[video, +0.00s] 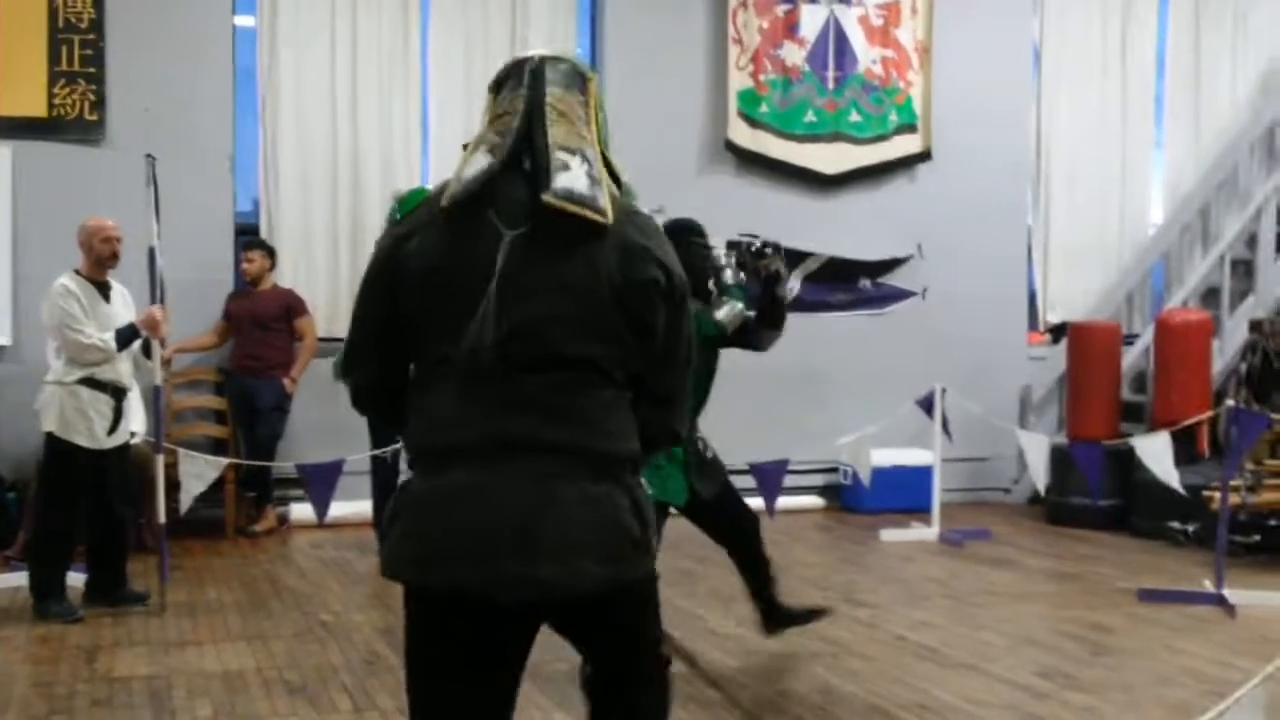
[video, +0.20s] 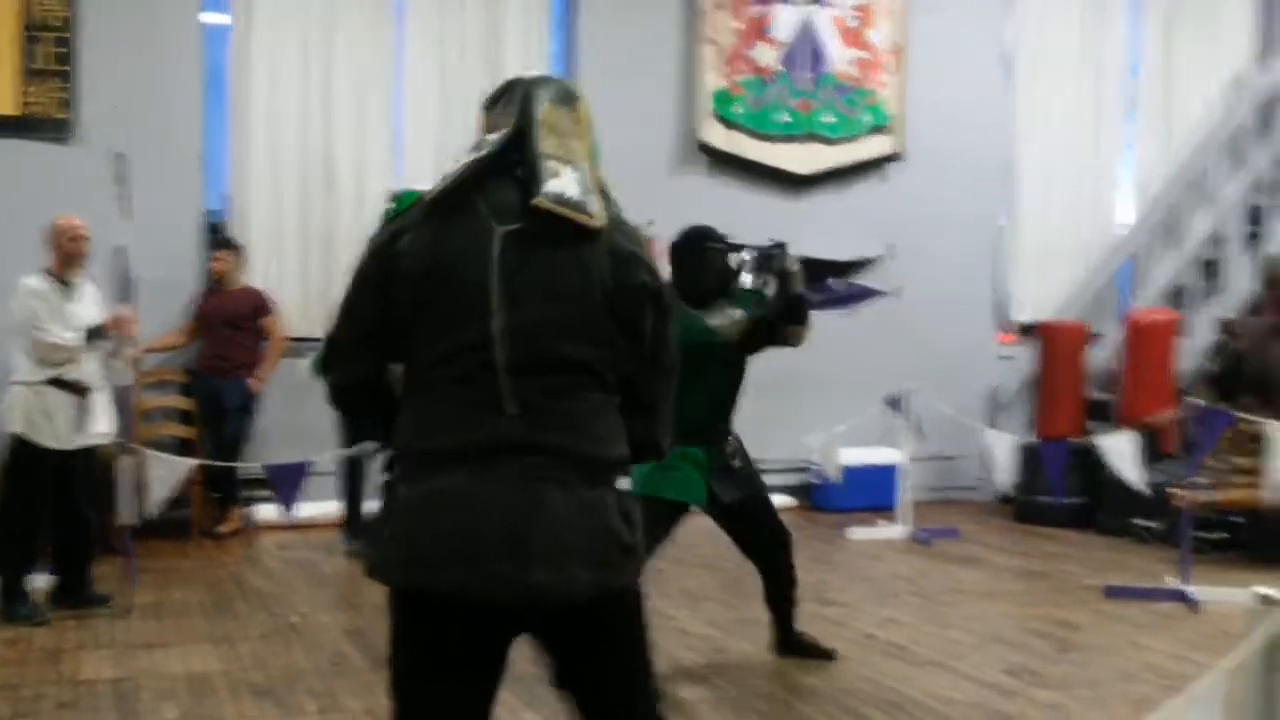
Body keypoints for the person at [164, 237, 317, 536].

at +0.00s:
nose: (245, 266)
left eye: (251, 261)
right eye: (243, 261)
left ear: (269, 263)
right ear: (242, 265)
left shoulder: (287, 299)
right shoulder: (236, 299)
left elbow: (310, 339)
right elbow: (217, 337)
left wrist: (293, 377)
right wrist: (176, 348)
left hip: (273, 382)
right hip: (239, 380)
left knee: (263, 446)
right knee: (248, 446)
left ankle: (265, 510)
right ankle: (263, 510)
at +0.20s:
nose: (216, 265)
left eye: (222, 260)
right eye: (214, 259)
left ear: (237, 263)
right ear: (211, 264)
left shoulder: (254, 299)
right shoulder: (208, 299)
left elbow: (277, 338)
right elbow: (186, 335)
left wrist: (260, 377)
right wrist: (145, 349)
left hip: (238, 381)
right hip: (206, 379)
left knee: (228, 445)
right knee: (211, 446)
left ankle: (231, 510)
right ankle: (218, 509)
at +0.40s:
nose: (176, 268)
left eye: (182, 262)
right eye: (174, 263)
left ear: (201, 266)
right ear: (172, 267)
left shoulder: (219, 300)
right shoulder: (168, 301)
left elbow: (242, 340)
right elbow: (148, 338)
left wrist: (225, 380)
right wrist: (107, 351)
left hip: (204, 384)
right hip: (170, 383)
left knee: (193, 449)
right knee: (175, 449)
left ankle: (196, 513)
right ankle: (186, 512)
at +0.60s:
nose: (143, 267)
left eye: (149, 262)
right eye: (141, 262)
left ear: (167, 265)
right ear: (139, 266)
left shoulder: (185, 301)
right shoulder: (135, 301)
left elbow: (209, 341)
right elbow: (114, 339)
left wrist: (192, 381)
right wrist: (72, 351)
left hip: (169, 384)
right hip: (135, 382)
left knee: (159, 448)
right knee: (140, 449)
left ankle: (162, 514)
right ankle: (147, 512)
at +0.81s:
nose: (105, 267)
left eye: (112, 261)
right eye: (103, 262)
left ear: (130, 264)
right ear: (102, 265)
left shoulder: (148, 301)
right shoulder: (98, 301)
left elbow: (174, 340)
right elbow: (76, 340)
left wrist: (156, 381)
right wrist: (33, 353)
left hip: (134, 385)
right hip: (100, 384)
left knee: (124, 451)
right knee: (107, 451)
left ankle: (129, 517)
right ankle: (121, 515)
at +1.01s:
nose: (75, 269)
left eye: (82, 263)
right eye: (73, 264)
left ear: (101, 266)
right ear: (72, 268)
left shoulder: (119, 303)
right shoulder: (67, 304)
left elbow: (144, 344)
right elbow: (45, 343)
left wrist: (126, 384)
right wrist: (5, 354)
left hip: (104, 389)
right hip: (69, 387)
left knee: (93, 454)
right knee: (77, 455)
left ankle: (97, 521)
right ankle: (86, 520)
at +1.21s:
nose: (40, 267)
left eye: (47, 262)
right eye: (38, 262)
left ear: (66, 264)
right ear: (37, 266)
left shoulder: (86, 302)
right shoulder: (31, 302)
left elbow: (110, 343)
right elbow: (14, 336)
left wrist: (91, 384)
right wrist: (1, 348)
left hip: (69, 387)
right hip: (33, 385)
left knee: (58, 453)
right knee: (40, 453)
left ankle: (60, 519)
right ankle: (52, 518)